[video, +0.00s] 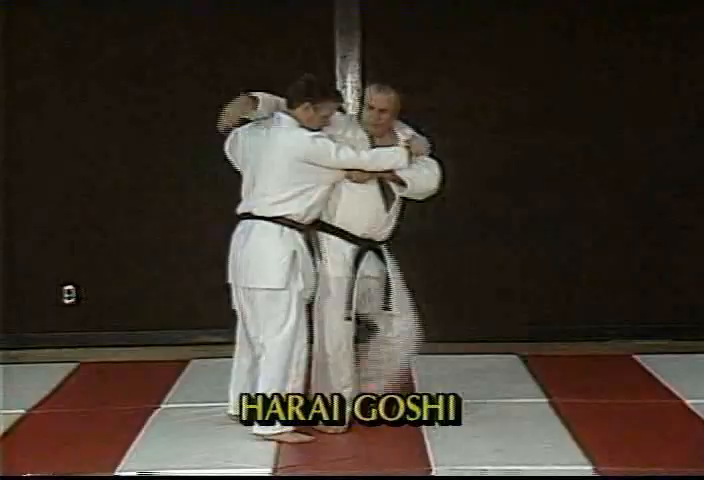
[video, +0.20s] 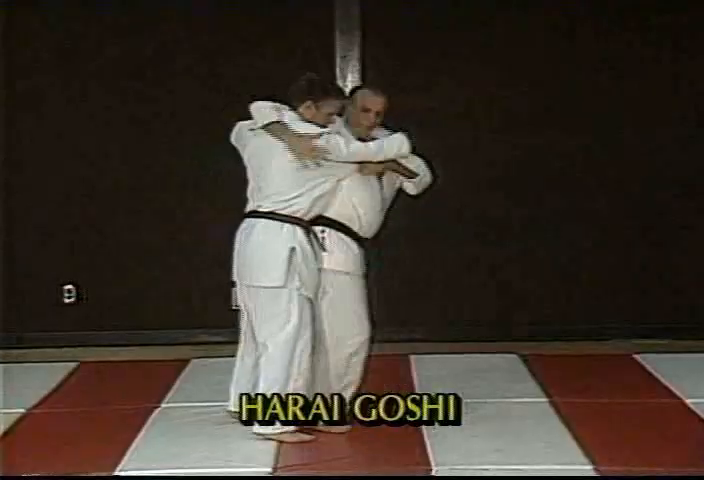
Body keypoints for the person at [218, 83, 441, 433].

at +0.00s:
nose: (327, 122)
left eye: (329, 115)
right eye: (325, 115)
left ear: (291, 106)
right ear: (306, 108)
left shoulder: (252, 135)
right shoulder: (306, 144)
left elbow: (231, 144)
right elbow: (359, 159)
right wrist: (407, 151)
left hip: (246, 237)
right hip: (278, 242)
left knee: (253, 332)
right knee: (281, 333)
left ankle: (247, 407)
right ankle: (271, 420)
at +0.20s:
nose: (335, 119)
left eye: (338, 113)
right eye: (332, 112)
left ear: (297, 108)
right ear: (310, 107)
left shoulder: (256, 135)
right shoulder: (321, 143)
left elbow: (239, 128)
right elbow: (377, 151)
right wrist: (400, 138)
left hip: (249, 236)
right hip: (283, 240)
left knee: (254, 332)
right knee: (287, 333)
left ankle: (245, 409)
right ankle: (273, 421)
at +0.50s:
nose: (343, 123)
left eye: (345, 116)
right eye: (341, 115)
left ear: (306, 109)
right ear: (320, 108)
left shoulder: (254, 132)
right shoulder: (326, 142)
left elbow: (238, 137)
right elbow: (387, 165)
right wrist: (398, 161)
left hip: (241, 236)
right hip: (279, 240)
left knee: (247, 332)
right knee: (281, 330)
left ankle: (244, 408)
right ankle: (272, 419)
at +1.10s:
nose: (346, 129)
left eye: (347, 121)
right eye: (343, 120)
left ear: (308, 114)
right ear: (324, 115)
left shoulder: (259, 137)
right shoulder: (329, 148)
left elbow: (236, 139)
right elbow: (378, 172)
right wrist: (388, 165)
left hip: (244, 243)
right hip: (283, 247)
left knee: (249, 338)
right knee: (286, 337)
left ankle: (242, 412)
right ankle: (270, 421)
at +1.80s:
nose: (409, 177)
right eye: (410, 170)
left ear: (372, 137)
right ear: (398, 154)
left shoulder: (334, 137)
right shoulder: (388, 182)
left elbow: (287, 146)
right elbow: (395, 234)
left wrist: (308, 176)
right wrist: (378, 225)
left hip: (259, 214)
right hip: (295, 237)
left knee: (203, 282)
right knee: (286, 324)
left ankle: (126, 340)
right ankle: (268, 413)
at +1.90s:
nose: (413, 174)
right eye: (413, 167)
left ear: (382, 137)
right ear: (406, 152)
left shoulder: (339, 135)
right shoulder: (390, 181)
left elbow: (292, 143)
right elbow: (391, 238)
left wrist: (312, 171)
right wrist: (373, 212)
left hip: (266, 210)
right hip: (299, 233)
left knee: (202, 274)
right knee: (292, 323)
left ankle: (117, 322)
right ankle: (271, 412)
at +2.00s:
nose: (417, 167)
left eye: (420, 161)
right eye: (418, 160)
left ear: (387, 130)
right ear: (409, 147)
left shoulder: (344, 131)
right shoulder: (394, 174)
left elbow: (298, 139)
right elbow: (404, 226)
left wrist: (320, 166)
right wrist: (392, 218)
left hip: (270, 209)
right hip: (304, 232)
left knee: (209, 276)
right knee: (292, 322)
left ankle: (123, 321)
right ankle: (274, 412)